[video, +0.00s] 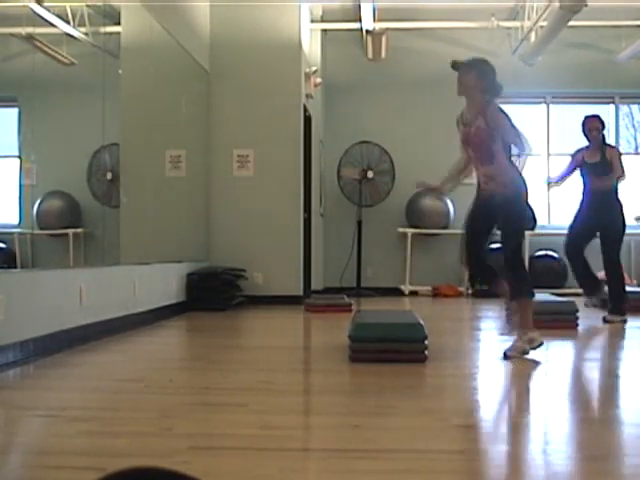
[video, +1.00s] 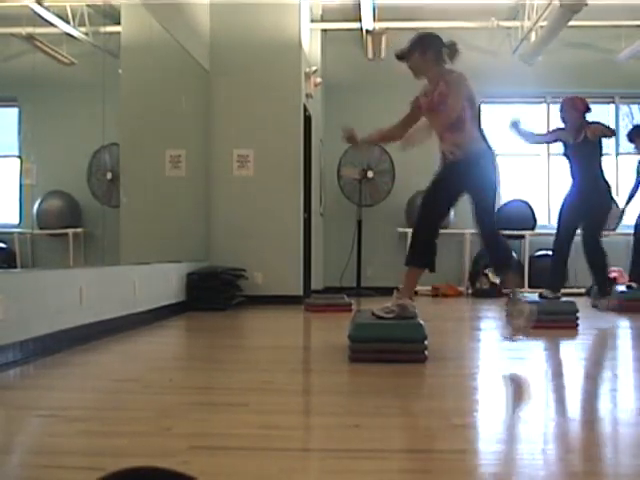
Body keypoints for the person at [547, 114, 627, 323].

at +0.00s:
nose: (594, 134)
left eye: (597, 129)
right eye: (590, 130)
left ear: (603, 130)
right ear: (584, 133)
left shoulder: (612, 152)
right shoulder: (580, 155)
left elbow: (619, 174)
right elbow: (566, 174)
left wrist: (606, 181)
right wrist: (555, 181)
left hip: (610, 209)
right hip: (588, 209)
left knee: (611, 258)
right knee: (572, 249)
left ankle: (617, 309)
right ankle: (594, 291)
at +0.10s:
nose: (591, 134)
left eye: (594, 129)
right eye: (587, 130)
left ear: (600, 130)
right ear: (581, 133)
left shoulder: (610, 150)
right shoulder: (577, 151)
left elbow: (606, 161)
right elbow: (553, 165)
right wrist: (547, 156)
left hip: (607, 210)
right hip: (585, 209)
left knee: (609, 259)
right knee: (563, 233)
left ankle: (617, 311)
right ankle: (573, 282)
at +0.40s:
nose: (567, 124)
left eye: (569, 120)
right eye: (562, 121)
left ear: (576, 121)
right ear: (557, 124)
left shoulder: (588, 139)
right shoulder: (555, 143)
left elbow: (603, 154)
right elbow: (529, 160)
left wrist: (583, 162)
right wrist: (541, 154)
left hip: (590, 200)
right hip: (566, 199)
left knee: (590, 249)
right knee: (554, 242)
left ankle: (607, 298)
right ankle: (552, 289)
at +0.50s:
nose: (561, 121)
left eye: (564, 116)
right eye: (557, 117)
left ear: (571, 115)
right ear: (553, 119)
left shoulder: (586, 135)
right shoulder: (551, 139)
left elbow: (612, 155)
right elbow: (529, 160)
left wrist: (601, 181)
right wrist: (531, 179)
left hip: (587, 193)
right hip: (563, 194)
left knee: (580, 239)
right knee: (555, 240)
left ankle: (589, 287)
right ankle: (552, 287)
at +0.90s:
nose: (555, 115)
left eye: (558, 111)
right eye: (554, 111)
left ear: (571, 112)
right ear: (556, 113)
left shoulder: (590, 129)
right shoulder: (555, 134)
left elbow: (615, 142)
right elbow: (537, 149)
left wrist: (604, 152)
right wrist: (522, 156)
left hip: (590, 190)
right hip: (568, 190)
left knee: (579, 234)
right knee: (560, 236)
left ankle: (578, 286)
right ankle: (554, 287)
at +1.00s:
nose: (562, 116)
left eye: (566, 111)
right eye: (562, 112)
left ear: (578, 112)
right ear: (564, 114)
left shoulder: (594, 130)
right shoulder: (562, 134)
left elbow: (612, 133)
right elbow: (534, 139)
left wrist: (596, 130)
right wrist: (517, 130)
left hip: (599, 194)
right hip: (576, 194)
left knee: (590, 239)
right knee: (562, 240)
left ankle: (604, 290)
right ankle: (553, 288)